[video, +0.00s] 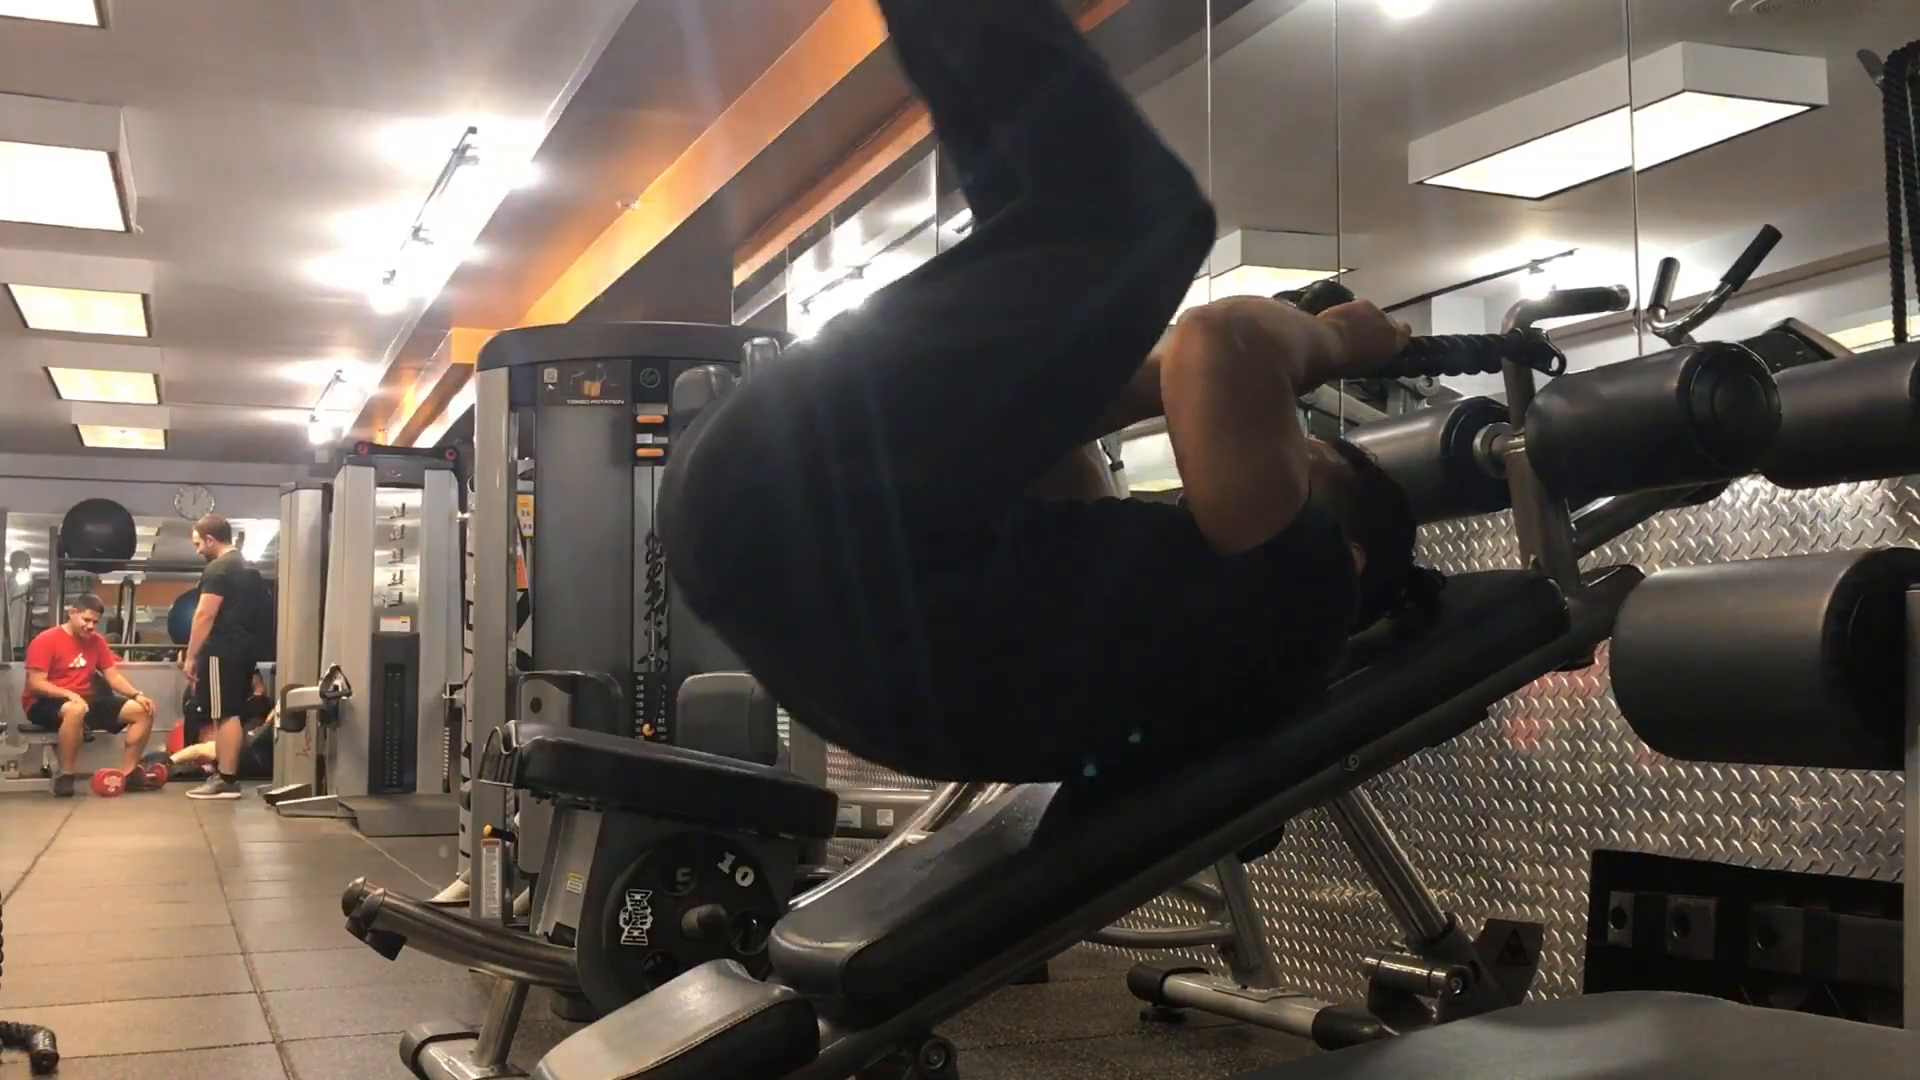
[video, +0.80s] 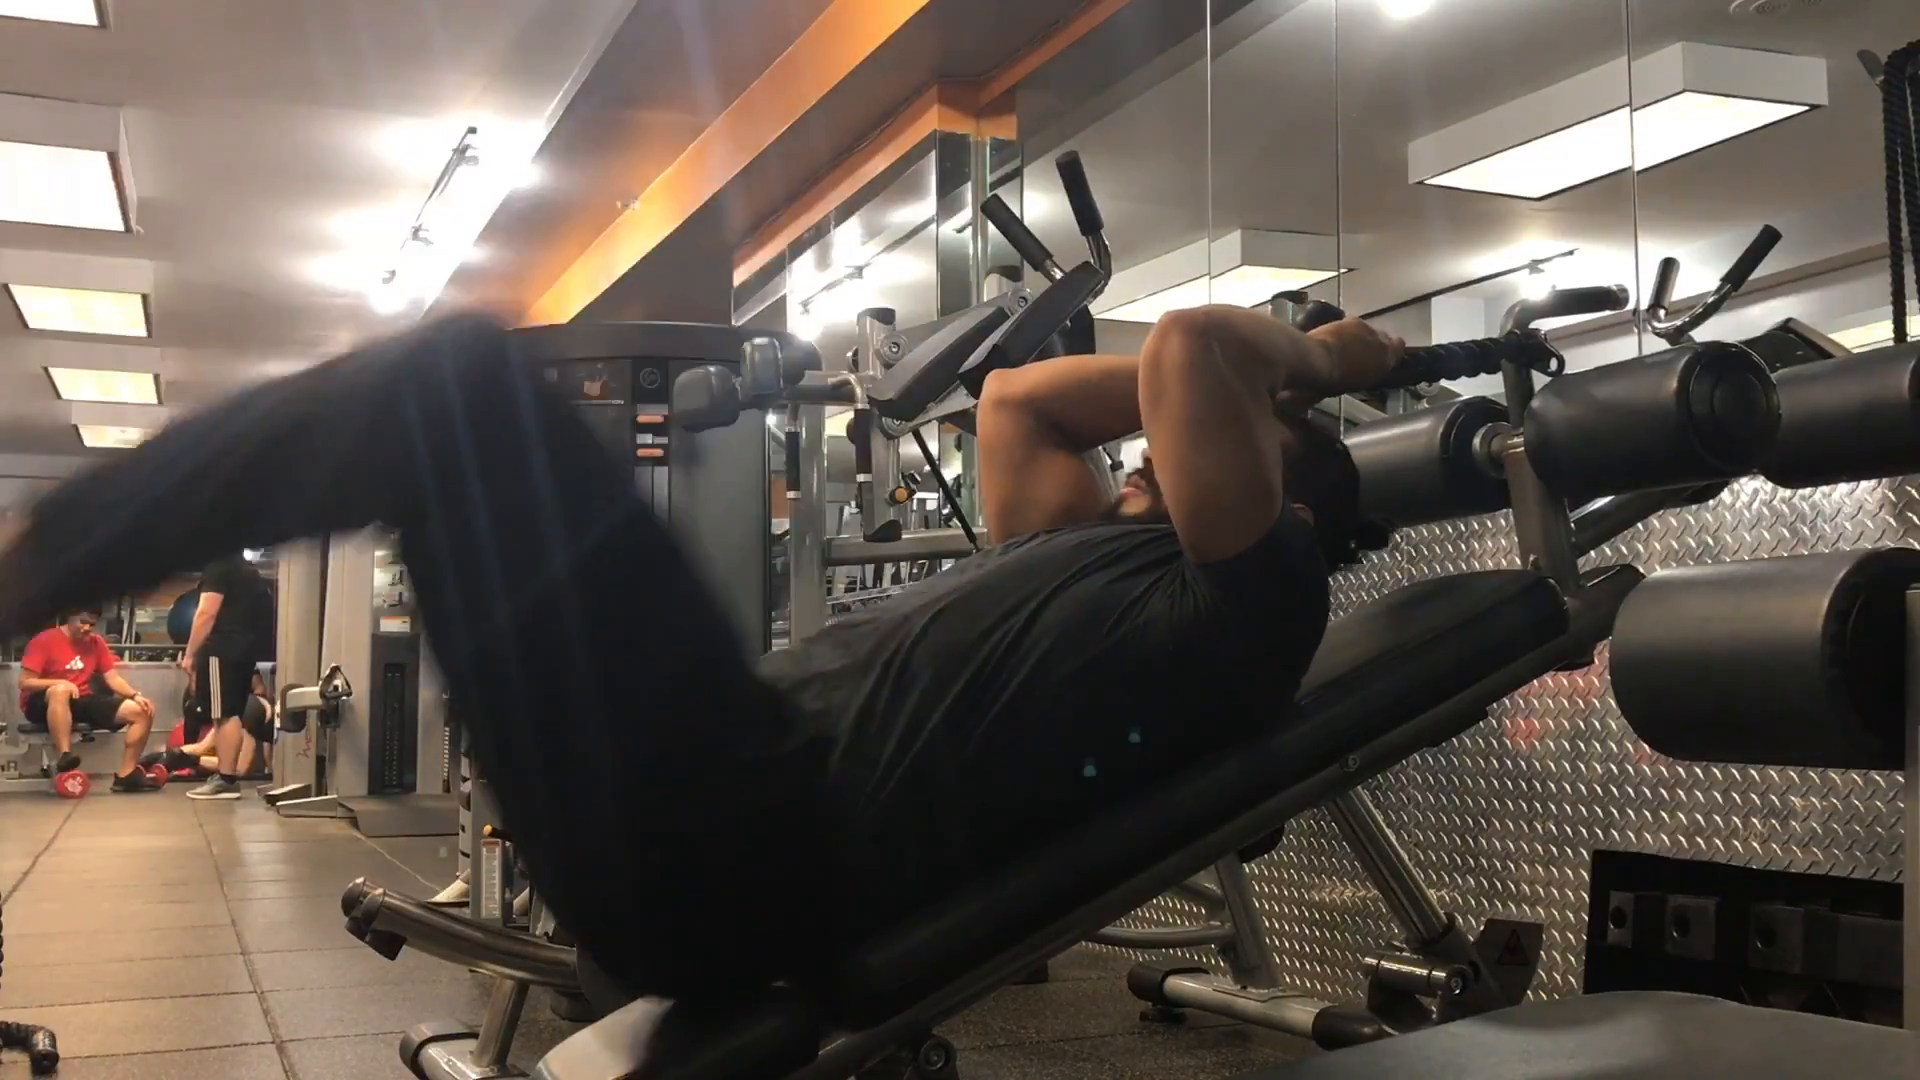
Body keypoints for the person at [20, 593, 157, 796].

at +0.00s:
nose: (90, 626)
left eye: (95, 622)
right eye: (86, 620)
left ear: (99, 622)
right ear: (72, 613)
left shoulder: (97, 641)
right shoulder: (46, 641)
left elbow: (112, 676)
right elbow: (36, 683)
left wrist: (137, 695)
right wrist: (69, 694)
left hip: (86, 702)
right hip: (45, 703)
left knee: (143, 712)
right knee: (75, 710)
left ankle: (129, 774)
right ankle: (66, 776)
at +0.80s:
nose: (87, 628)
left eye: (92, 624)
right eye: (83, 622)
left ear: (96, 624)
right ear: (69, 618)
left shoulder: (95, 642)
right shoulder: (44, 641)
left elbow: (113, 678)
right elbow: (25, 682)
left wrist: (135, 695)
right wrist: (62, 684)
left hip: (82, 702)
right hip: (42, 704)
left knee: (143, 712)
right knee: (61, 690)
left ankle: (126, 774)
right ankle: (64, 756)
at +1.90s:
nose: (85, 626)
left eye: (90, 621)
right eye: (80, 620)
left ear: (94, 622)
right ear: (67, 618)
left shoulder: (95, 641)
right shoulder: (44, 644)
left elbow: (111, 676)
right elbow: (29, 687)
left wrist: (135, 695)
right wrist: (66, 685)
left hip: (83, 702)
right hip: (43, 706)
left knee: (141, 712)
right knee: (69, 693)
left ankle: (126, 775)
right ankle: (70, 764)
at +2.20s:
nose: (84, 622)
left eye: (88, 617)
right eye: (78, 617)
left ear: (93, 618)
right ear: (65, 617)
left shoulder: (96, 640)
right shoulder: (44, 642)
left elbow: (113, 672)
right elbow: (32, 684)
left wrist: (135, 694)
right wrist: (70, 678)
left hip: (85, 702)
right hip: (44, 705)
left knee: (142, 712)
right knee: (71, 693)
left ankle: (126, 775)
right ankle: (72, 764)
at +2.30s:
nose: (83, 621)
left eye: (86, 615)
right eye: (76, 615)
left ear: (91, 617)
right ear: (63, 617)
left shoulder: (96, 638)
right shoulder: (45, 641)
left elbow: (116, 669)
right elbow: (38, 681)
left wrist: (134, 694)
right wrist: (78, 673)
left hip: (86, 702)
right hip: (44, 704)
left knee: (142, 711)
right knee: (72, 693)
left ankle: (125, 775)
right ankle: (72, 765)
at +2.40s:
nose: (81, 619)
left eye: (85, 614)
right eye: (75, 614)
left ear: (90, 615)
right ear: (61, 616)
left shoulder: (96, 637)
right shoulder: (45, 641)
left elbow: (119, 665)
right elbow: (47, 680)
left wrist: (135, 693)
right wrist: (88, 671)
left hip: (86, 702)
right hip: (44, 704)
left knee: (142, 712)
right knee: (71, 693)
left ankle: (125, 775)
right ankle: (72, 765)